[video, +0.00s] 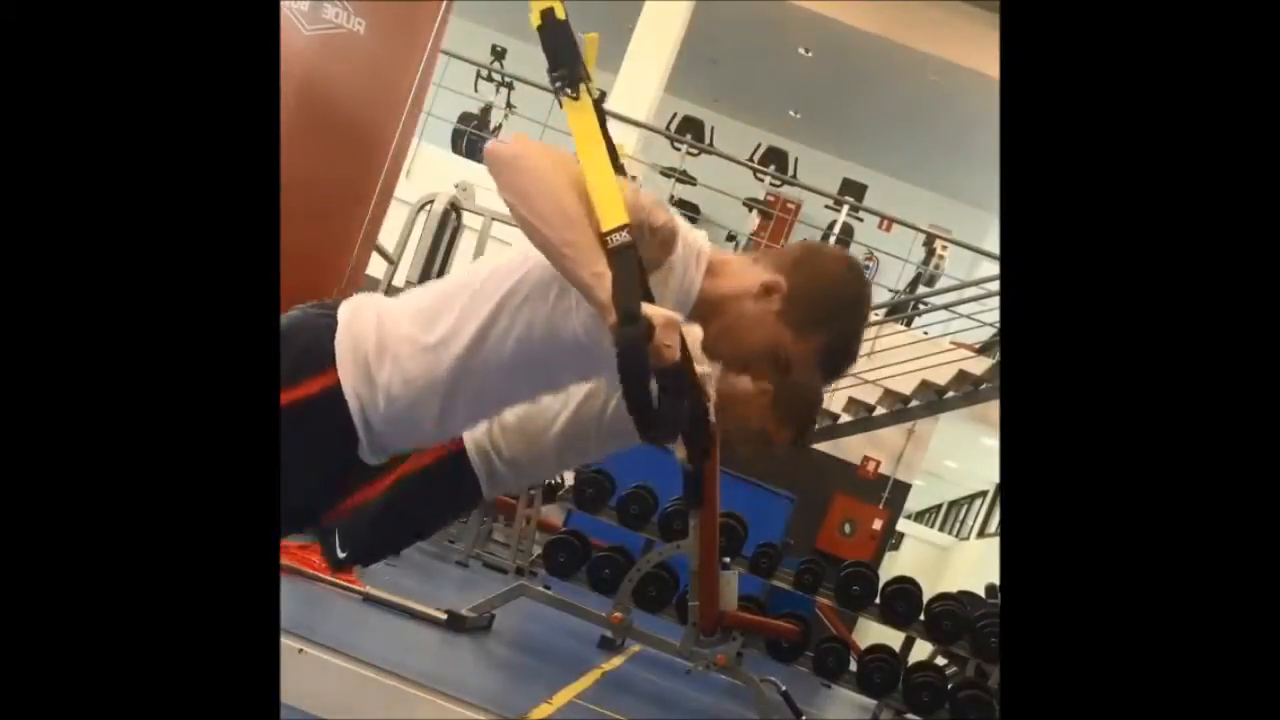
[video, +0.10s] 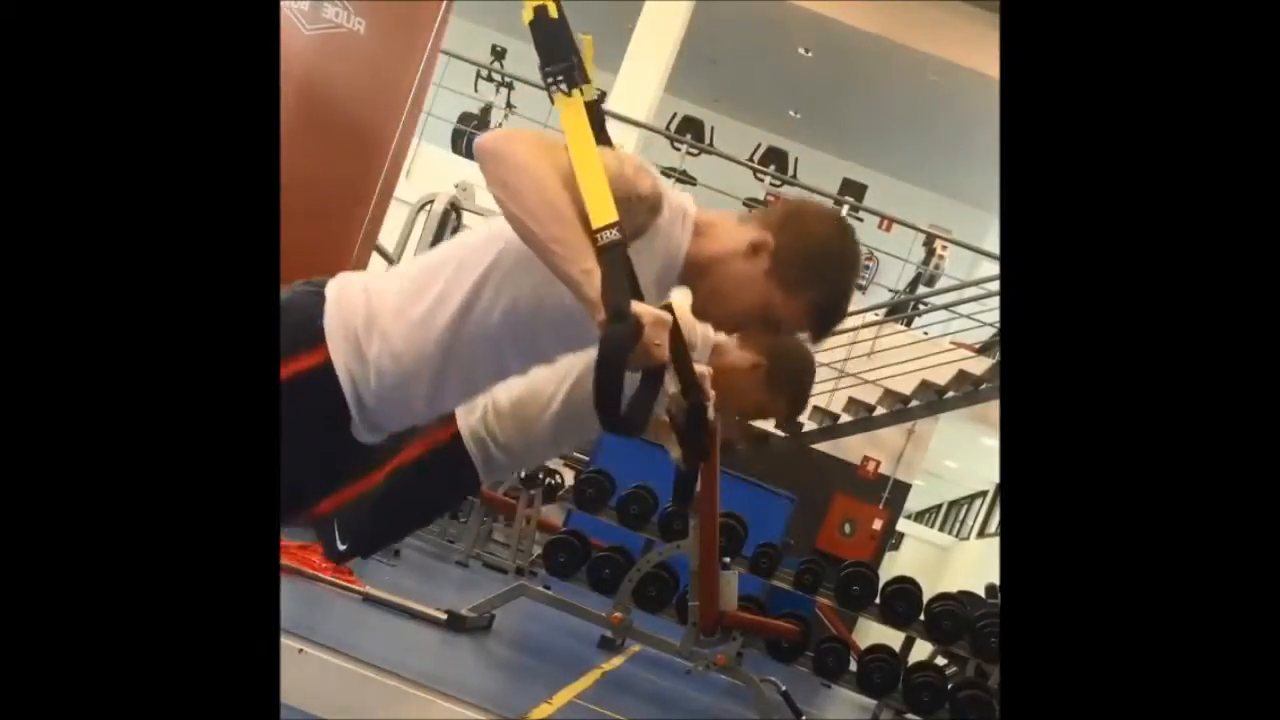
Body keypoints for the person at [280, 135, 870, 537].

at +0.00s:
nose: (757, 375)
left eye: (776, 376)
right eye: (776, 362)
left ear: (768, 291)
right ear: (770, 294)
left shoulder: (681, 336)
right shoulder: (664, 244)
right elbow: (515, 157)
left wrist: (666, 405)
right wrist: (629, 311)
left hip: (364, 440)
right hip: (329, 384)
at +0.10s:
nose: (745, 333)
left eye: (767, 330)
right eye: (766, 316)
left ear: (760, 248)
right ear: (758, 248)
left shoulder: (659, 288)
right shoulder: (642, 195)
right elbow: (506, 152)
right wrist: (615, 308)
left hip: (364, 422)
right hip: (325, 361)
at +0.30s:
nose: (733, 265)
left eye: (752, 262)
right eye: (749, 248)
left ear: (735, 168)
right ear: (733, 172)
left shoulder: (636, 227)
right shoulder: (614, 129)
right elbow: (499, 138)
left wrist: (662, 392)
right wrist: (599, 291)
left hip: (353, 384)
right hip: (308, 322)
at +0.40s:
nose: (716, 235)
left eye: (735, 231)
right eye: (732, 213)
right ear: (716, 141)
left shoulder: (624, 209)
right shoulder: (605, 107)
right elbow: (501, 134)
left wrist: (663, 383)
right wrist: (596, 287)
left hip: (352, 365)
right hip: (305, 303)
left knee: (287, 482)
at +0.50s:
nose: (706, 206)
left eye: (728, 199)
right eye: (721, 184)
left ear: (697, 114)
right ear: (700, 114)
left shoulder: (612, 174)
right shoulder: (582, 75)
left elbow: (629, 276)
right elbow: (503, 139)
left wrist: (670, 377)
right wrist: (601, 290)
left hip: (343, 352)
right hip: (297, 290)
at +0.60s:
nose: (695, 173)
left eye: (713, 165)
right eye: (708, 151)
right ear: (687, 75)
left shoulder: (600, 152)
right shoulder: (556, 47)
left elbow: (621, 256)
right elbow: (507, 148)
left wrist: (667, 367)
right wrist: (607, 292)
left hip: (335, 336)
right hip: (291, 275)